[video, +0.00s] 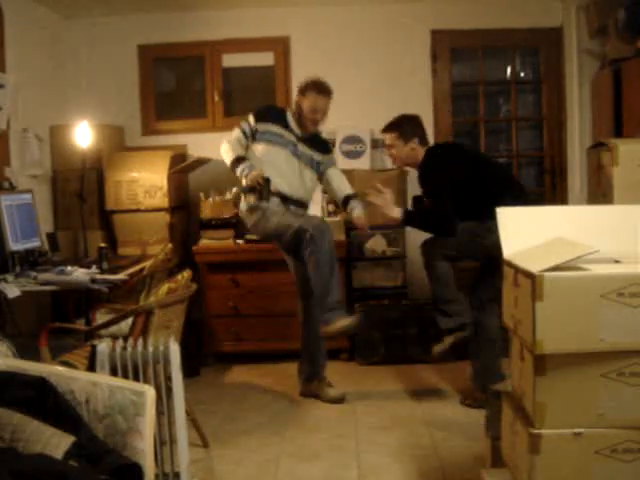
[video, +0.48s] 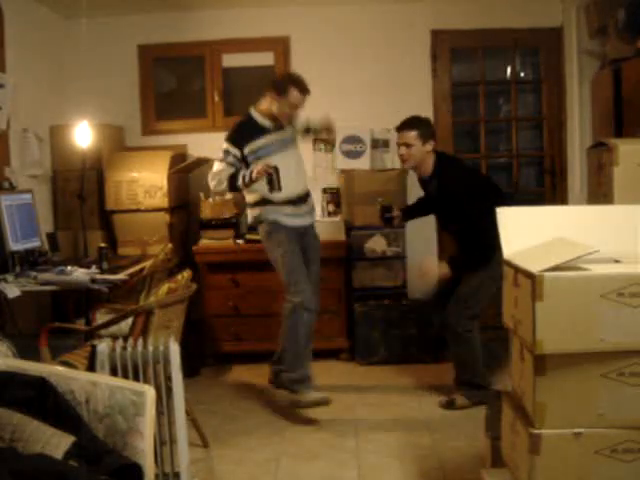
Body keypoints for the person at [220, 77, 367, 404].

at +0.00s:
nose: (316, 118)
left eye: (322, 112)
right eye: (312, 110)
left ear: (327, 111)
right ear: (297, 102)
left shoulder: (321, 148)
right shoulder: (269, 119)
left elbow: (335, 179)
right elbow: (231, 144)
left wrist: (353, 205)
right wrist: (245, 170)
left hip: (296, 216)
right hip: (260, 207)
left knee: (312, 289)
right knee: (316, 228)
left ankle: (313, 378)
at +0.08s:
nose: (312, 106)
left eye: (317, 100)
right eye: (308, 99)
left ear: (321, 98)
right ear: (291, 90)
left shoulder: (319, 134)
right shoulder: (259, 111)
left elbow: (333, 177)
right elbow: (227, 139)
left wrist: (345, 217)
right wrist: (244, 164)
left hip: (297, 208)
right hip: (261, 202)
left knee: (303, 289)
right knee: (317, 228)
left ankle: (310, 373)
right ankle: (350, 308)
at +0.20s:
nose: (300, 116)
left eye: (305, 110)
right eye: (295, 109)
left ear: (310, 107)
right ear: (279, 101)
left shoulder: (312, 137)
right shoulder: (250, 123)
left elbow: (324, 184)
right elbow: (221, 156)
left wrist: (324, 225)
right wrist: (240, 170)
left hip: (303, 213)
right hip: (266, 209)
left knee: (308, 289)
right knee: (312, 254)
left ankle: (283, 364)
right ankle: (357, 321)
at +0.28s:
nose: (299, 125)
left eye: (304, 119)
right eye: (294, 118)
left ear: (309, 115)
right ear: (277, 109)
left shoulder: (310, 143)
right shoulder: (248, 132)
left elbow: (322, 191)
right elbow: (223, 170)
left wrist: (323, 231)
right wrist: (244, 173)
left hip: (306, 221)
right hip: (269, 217)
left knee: (310, 290)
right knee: (315, 268)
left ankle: (282, 367)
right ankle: (356, 337)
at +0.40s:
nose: (300, 138)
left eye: (303, 132)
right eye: (296, 131)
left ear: (304, 127)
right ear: (279, 119)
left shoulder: (297, 147)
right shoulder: (247, 145)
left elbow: (310, 180)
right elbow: (220, 187)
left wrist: (323, 189)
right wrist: (246, 185)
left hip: (306, 233)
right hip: (273, 236)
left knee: (318, 304)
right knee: (307, 304)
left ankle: (285, 371)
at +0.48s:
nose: (294, 114)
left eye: (297, 108)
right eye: (291, 107)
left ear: (295, 103)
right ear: (273, 98)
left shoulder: (288, 123)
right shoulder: (243, 132)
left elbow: (310, 127)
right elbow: (217, 181)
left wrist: (323, 129)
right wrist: (247, 177)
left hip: (304, 220)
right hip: (274, 223)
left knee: (308, 299)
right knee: (300, 298)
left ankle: (285, 370)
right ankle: (296, 381)